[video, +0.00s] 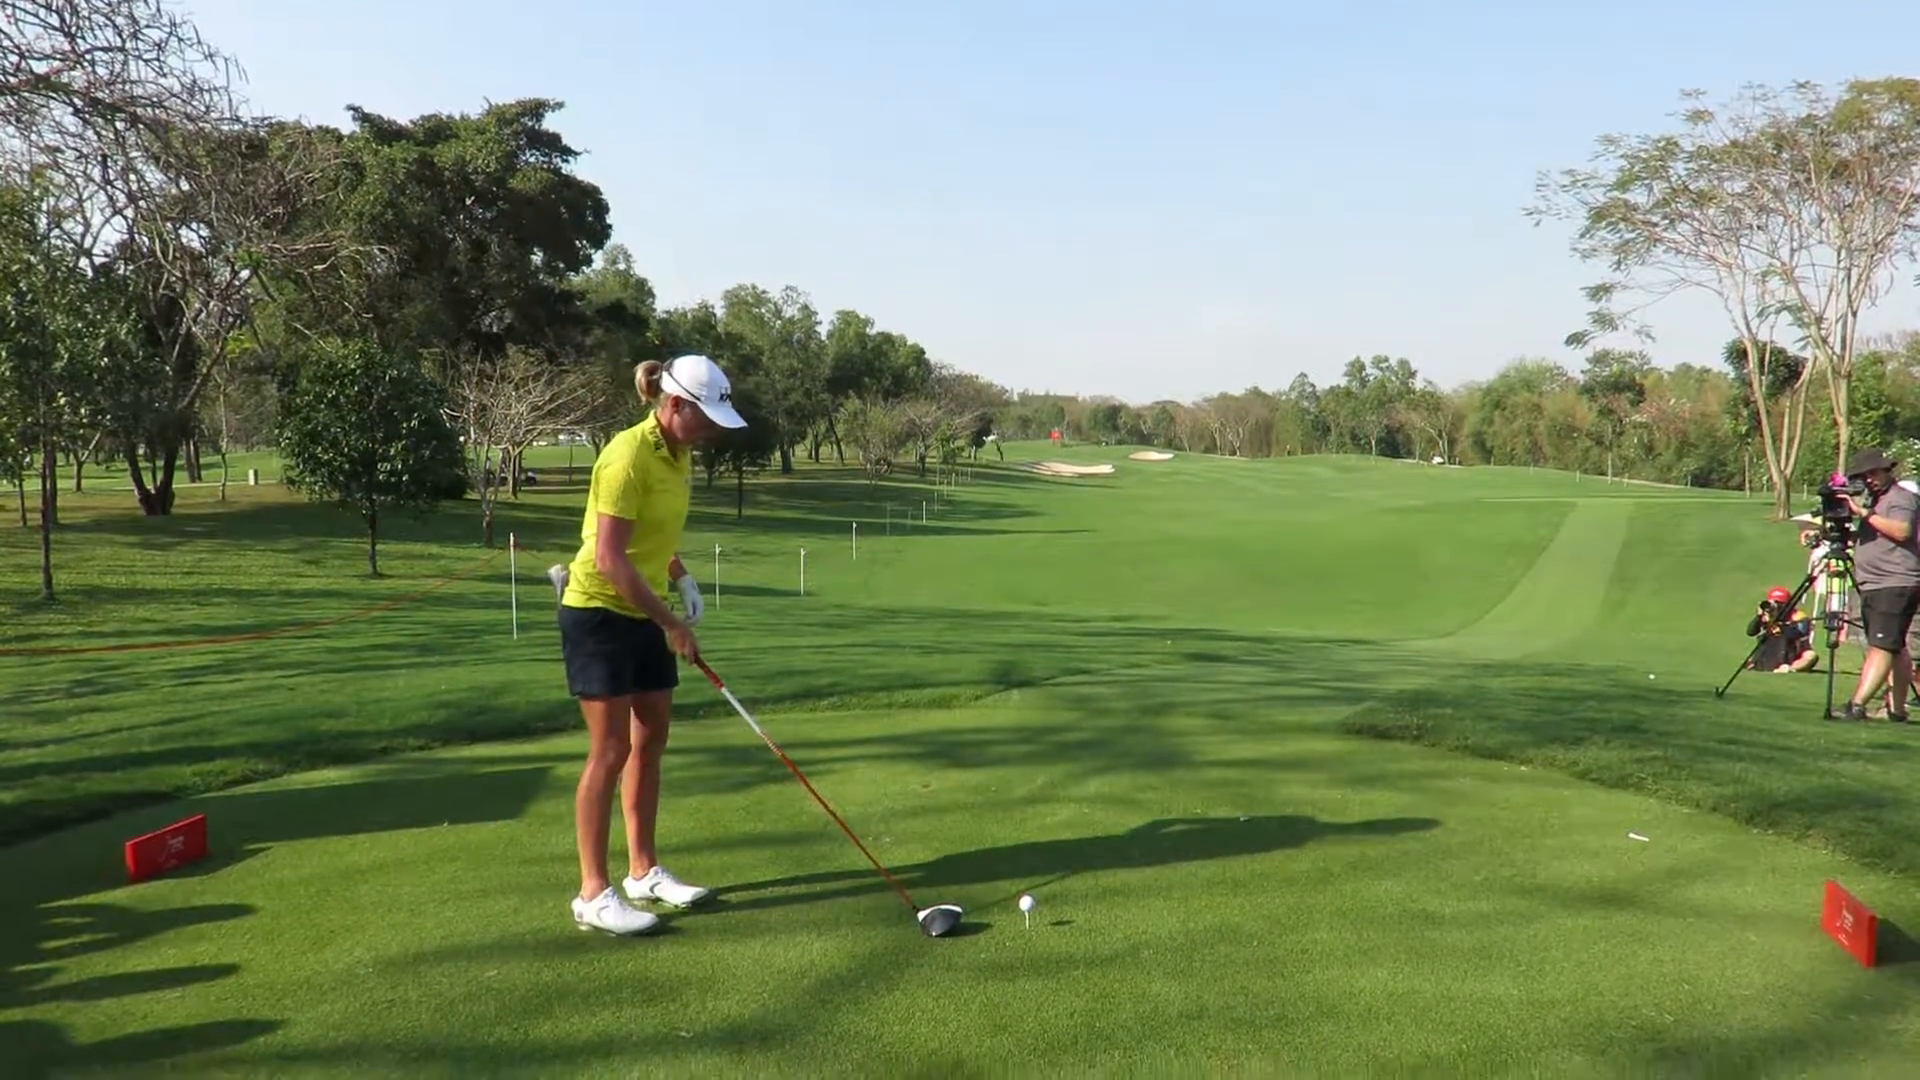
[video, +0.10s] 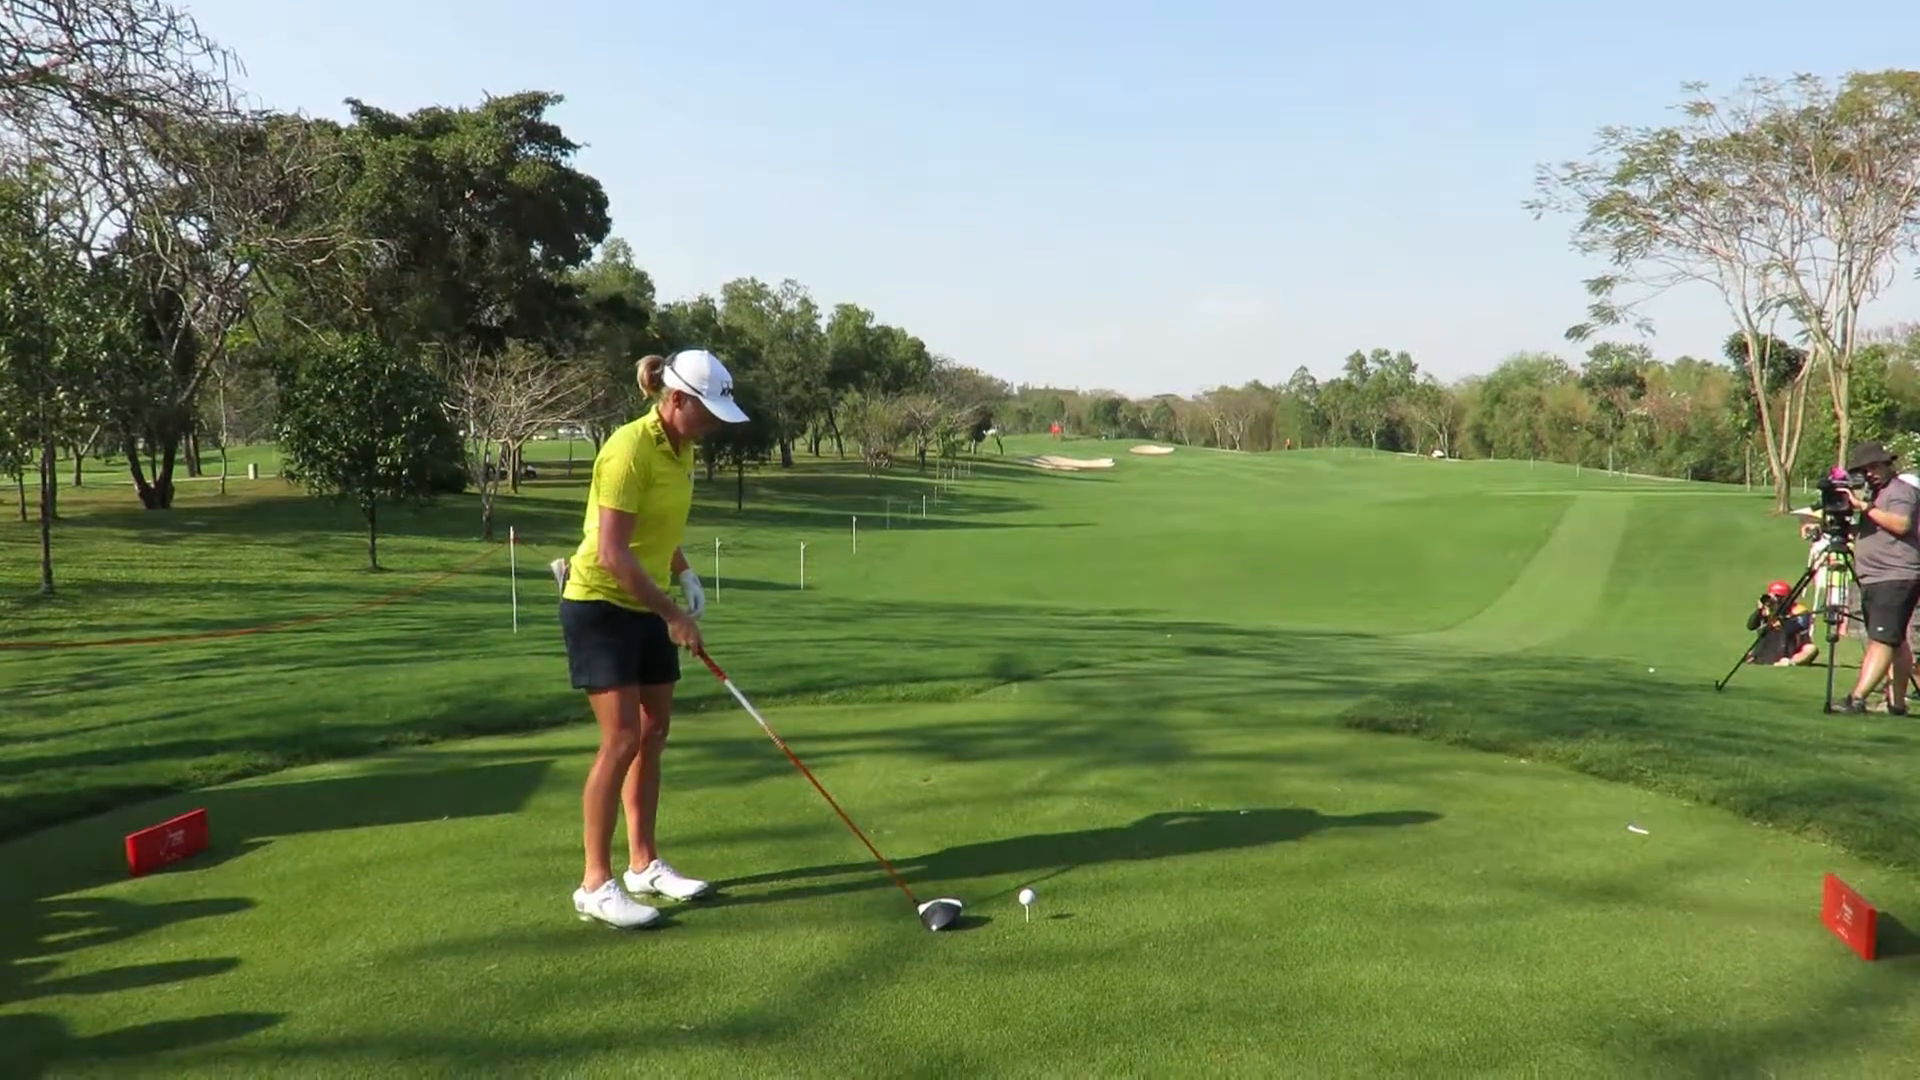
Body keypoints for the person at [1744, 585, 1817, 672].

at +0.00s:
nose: (1774, 609)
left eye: (1778, 605)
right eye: (1772, 605)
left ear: (1786, 605)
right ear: (1769, 604)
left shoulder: (1798, 618)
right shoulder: (1769, 616)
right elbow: (1750, 632)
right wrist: (1759, 617)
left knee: (1811, 655)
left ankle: (1792, 668)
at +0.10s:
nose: (1773, 603)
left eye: (1777, 599)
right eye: (1771, 599)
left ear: (1785, 599)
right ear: (1769, 598)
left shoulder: (1799, 611)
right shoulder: (1769, 610)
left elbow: (1800, 626)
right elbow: (1751, 626)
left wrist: (1782, 623)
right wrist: (1759, 611)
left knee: (1812, 648)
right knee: (1749, 655)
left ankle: (1791, 661)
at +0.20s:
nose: (1771, 597)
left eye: (1776, 594)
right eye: (1769, 593)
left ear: (1784, 594)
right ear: (1768, 593)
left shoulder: (1799, 606)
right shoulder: (1768, 605)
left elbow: (1800, 620)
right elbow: (1750, 621)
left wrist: (1782, 619)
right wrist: (1758, 606)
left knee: (1811, 643)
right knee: (1749, 651)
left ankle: (1790, 656)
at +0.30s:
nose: (1772, 595)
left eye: (1776, 592)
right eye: (1770, 592)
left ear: (1785, 592)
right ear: (1767, 591)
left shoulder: (1798, 604)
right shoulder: (1768, 603)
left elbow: (1800, 618)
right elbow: (1749, 619)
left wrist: (1781, 616)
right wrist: (1758, 604)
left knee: (1810, 641)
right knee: (1748, 649)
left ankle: (1790, 654)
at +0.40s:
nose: (1772, 592)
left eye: (1776, 588)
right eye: (1770, 588)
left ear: (1785, 589)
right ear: (1768, 588)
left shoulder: (1798, 601)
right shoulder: (1768, 601)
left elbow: (1799, 615)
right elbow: (1750, 616)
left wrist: (1781, 613)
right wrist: (1759, 601)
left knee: (1811, 639)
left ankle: (1790, 652)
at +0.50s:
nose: (1774, 590)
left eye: (1777, 586)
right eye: (1771, 586)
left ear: (1786, 586)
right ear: (1768, 586)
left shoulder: (1799, 599)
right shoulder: (1768, 598)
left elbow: (1799, 614)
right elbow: (1750, 614)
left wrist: (1781, 611)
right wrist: (1759, 599)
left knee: (1811, 637)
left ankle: (1790, 650)